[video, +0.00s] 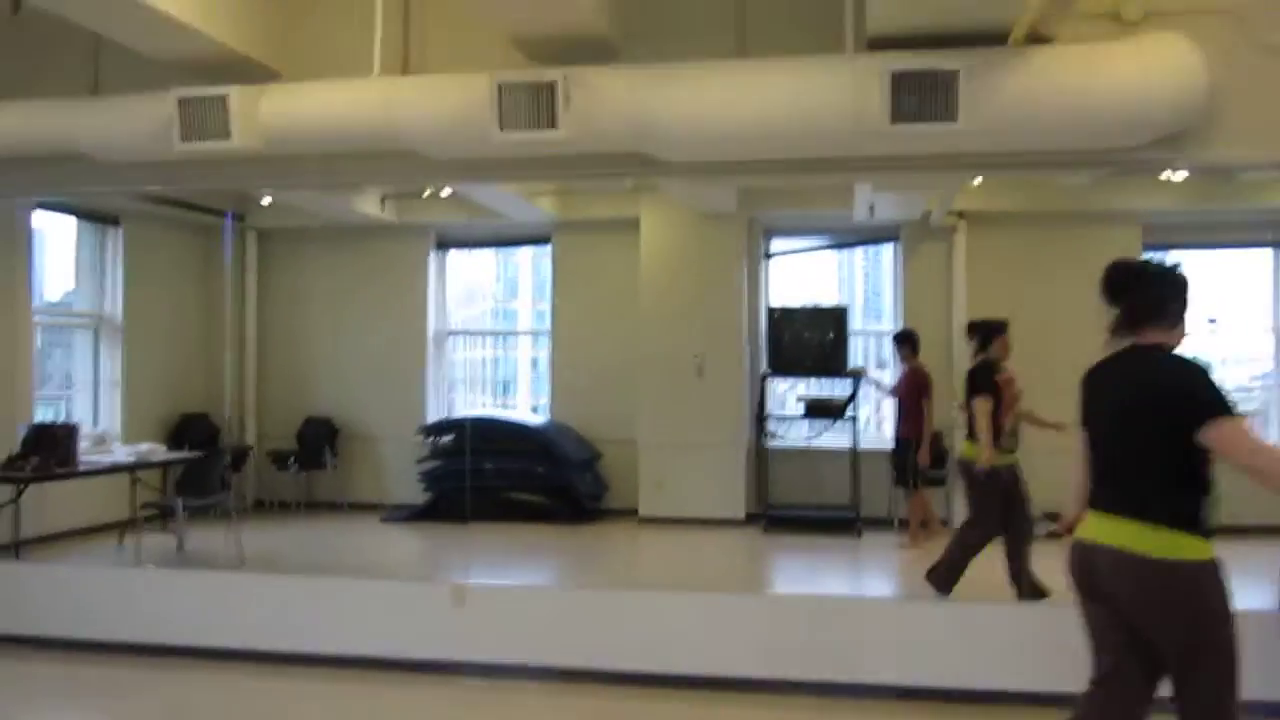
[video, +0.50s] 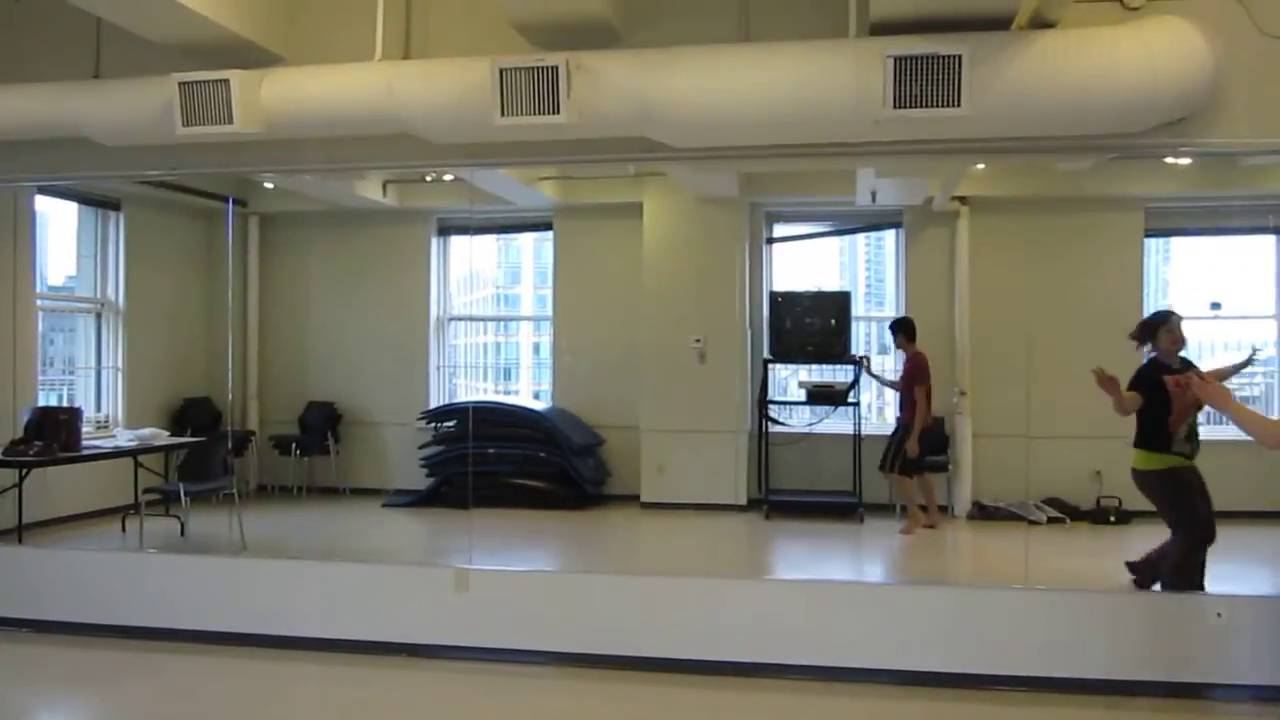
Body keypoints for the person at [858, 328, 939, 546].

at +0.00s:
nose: (898, 353)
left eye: (901, 348)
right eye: (897, 348)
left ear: (910, 348)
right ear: (902, 349)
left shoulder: (921, 376)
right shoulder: (906, 374)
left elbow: (928, 413)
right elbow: (893, 393)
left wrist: (925, 447)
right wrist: (868, 379)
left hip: (915, 437)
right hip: (903, 436)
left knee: (912, 486)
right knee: (910, 484)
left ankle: (914, 533)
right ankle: (932, 523)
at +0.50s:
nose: (893, 341)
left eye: (895, 336)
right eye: (893, 336)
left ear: (903, 336)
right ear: (909, 336)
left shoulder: (916, 361)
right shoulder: (913, 360)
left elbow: (921, 403)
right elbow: (901, 387)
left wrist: (914, 437)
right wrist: (873, 374)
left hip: (910, 424)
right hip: (912, 423)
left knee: (893, 469)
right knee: (918, 470)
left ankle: (914, 516)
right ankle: (933, 514)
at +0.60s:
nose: (889, 345)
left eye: (889, 341)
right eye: (888, 341)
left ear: (895, 341)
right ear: (907, 338)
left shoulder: (908, 366)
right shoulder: (920, 361)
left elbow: (909, 409)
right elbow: (906, 394)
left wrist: (901, 443)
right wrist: (877, 389)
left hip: (909, 430)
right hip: (924, 428)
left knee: (882, 470)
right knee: (920, 469)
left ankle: (913, 512)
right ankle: (934, 514)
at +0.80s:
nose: (871, 349)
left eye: (870, 346)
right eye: (872, 345)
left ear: (872, 346)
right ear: (890, 341)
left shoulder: (874, 375)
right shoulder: (915, 362)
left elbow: (871, 413)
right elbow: (924, 398)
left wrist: (866, 444)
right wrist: (926, 423)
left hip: (897, 434)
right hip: (923, 429)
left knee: (902, 478)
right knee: (934, 467)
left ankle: (911, 523)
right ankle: (941, 509)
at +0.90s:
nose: (866, 349)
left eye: (864, 346)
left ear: (864, 346)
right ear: (884, 340)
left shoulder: (865, 375)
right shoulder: (906, 361)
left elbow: (860, 411)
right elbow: (926, 394)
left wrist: (856, 437)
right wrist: (946, 418)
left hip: (887, 435)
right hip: (913, 429)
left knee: (901, 482)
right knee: (935, 474)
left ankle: (913, 529)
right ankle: (955, 519)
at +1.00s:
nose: (854, 339)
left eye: (854, 336)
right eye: (854, 335)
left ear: (856, 337)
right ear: (872, 331)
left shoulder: (857, 364)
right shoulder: (893, 350)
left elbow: (855, 400)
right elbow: (917, 374)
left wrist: (855, 429)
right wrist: (938, 390)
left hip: (875, 423)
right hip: (900, 418)